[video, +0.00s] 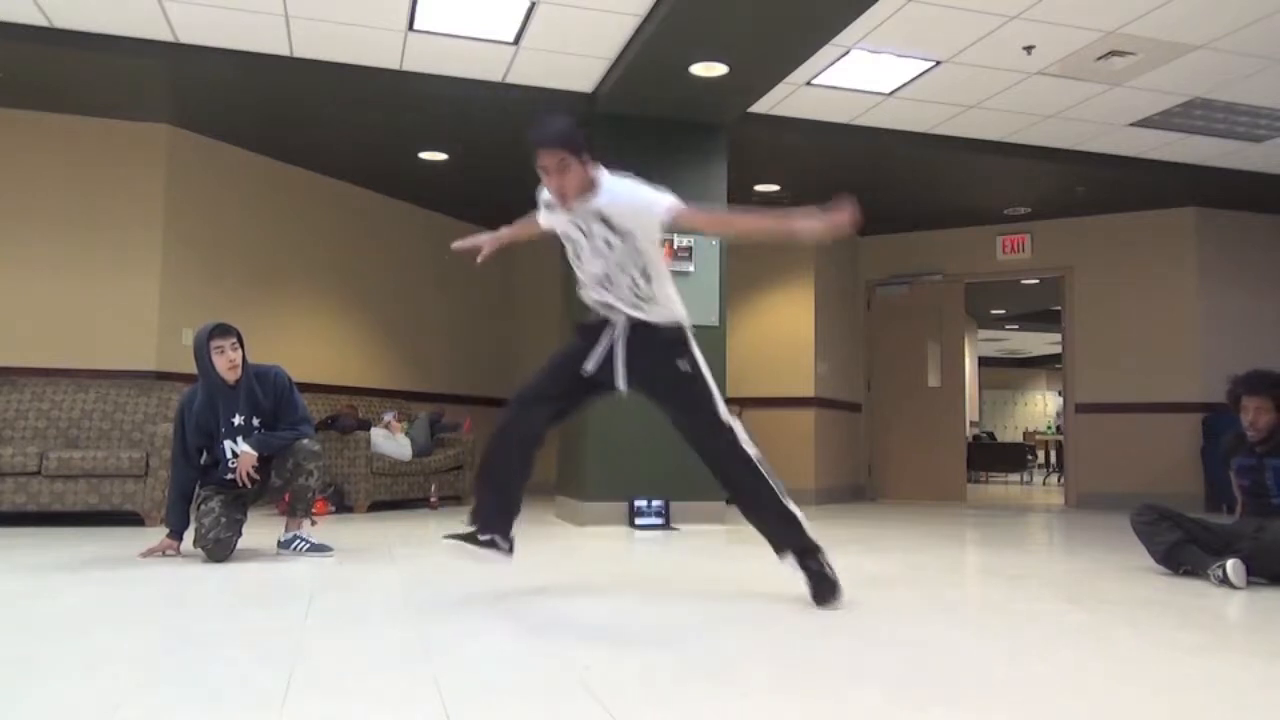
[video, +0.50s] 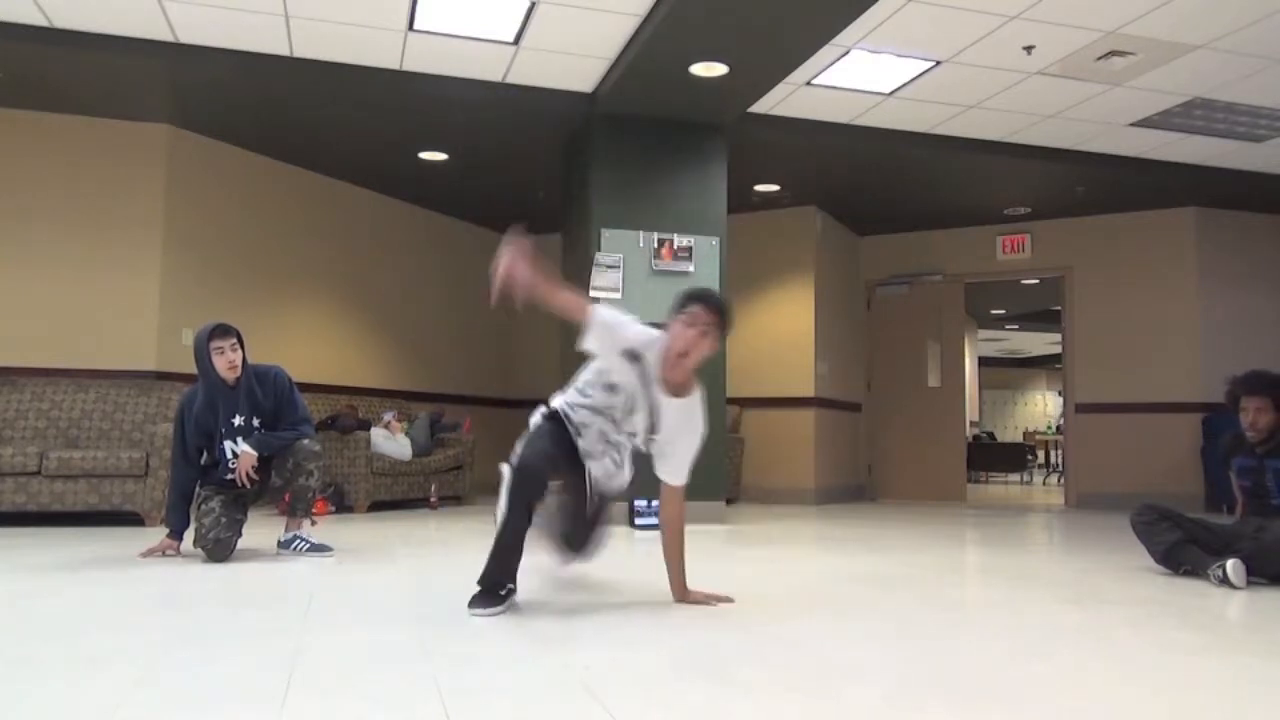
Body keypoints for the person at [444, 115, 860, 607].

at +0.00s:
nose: (551, 179)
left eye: (559, 169)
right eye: (544, 171)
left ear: (585, 163)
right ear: (541, 172)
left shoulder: (624, 197)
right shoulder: (554, 201)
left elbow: (710, 221)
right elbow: (540, 224)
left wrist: (805, 223)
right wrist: (495, 239)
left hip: (660, 336)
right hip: (602, 335)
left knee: (721, 445)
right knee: (527, 412)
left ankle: (806, 555)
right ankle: (492, 526)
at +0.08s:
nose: (569, 211)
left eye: (577, 199)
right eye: (562, 201)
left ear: (603, 191)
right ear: (557, 198)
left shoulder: (638, 230)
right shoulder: (569, 227)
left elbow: (723, 264)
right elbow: (543, 248)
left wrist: (822, 278)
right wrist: (489, 256)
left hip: (677, 360)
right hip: (617, 357)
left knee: (736, 466)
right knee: (545, 428)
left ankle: (821, 567)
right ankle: (490, 541)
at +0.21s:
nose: (594, 271)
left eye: (604, 260)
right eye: (588, 260)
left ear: (631, 263)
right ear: (582, 262)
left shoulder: (664, 314)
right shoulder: (570, 289)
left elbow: (726, 386)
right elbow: (498, 299)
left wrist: (783, 458)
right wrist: (426, 302)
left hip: (685, 400)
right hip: (620, 395)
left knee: (742, 484)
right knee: (555, 460)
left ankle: (823, 578)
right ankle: (519, 573)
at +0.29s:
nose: (614, 315)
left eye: (626, 305)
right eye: (607, 303)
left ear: (647, 308)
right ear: (596, 301)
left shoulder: (665, 363)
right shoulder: (573, 319)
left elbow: (689, 447)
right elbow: (473, 323)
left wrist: (725, 519)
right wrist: (484, 352)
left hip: (648, 419)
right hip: (579, 400)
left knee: (732, 473)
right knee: (525, 456)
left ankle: (820, 546)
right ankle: (514, 573)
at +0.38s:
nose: (638, 333)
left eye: (652, 325)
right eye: (632, 318)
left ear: (666, 331)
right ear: (617, 313)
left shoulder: (664, 396)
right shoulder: (584, 329)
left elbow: (672, 487)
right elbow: (484, 332)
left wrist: (699, 572)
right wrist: (495, 363)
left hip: (625, 433)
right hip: (563, 407)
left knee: (690, 493)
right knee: (512, 456)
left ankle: (765, 530)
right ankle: (509, 577)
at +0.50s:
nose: (691, 339)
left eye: (706, 334)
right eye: (687, 324)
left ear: (715, 348)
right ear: (670, 323)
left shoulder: (687, 421)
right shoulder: (629, 337)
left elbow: (672, 500)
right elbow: (558, 298)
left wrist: (679, 590)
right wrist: (520, 266)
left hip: (603, 466)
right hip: (564, 425)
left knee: (574, 540)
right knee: (530, 467)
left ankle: (549, 494)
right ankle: (497, 584)